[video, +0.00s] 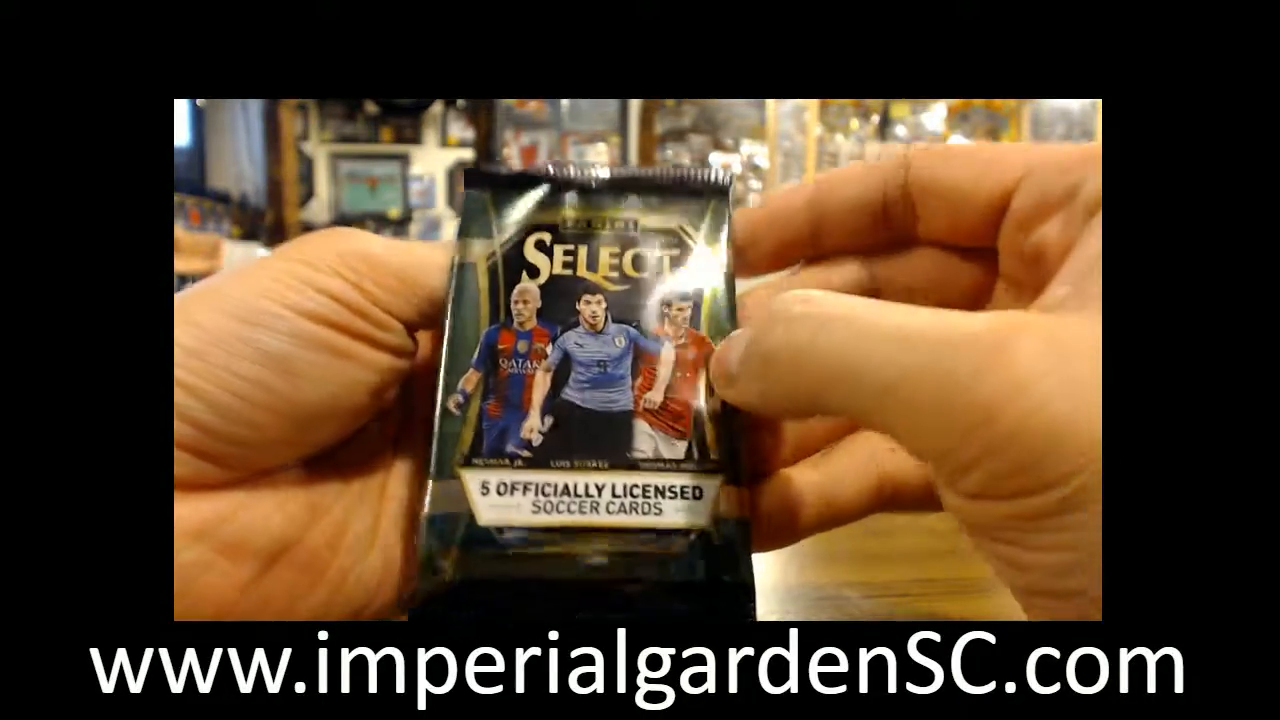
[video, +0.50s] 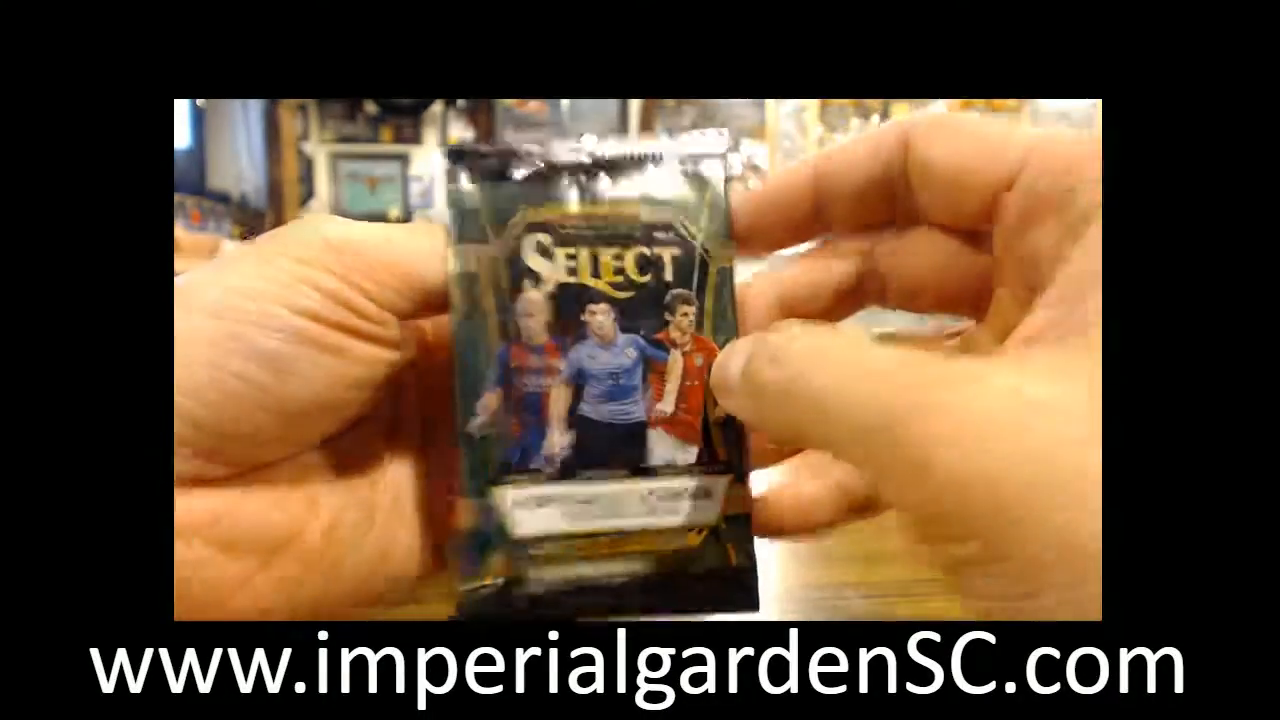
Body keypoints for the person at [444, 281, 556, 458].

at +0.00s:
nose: (519, 308)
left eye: (525, 303)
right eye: (515, 303)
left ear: (538, 304)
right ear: (510, 305)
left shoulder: (552, 336)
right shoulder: (494, 335)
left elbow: (560, 376)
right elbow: (475, 372)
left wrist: (551, 412)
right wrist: (462, 394)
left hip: (530, 415)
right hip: (496, 413)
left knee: (514, 458)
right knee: (491, 465)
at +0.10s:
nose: (517, 310)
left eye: (523, 304)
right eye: (513, 304)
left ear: (536, 305)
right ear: (507, 307)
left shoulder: (551, 339)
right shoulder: (493, 340)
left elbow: (561, 380)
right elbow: (478, 380)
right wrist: (465, 404)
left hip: (536, 423)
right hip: (501, 424)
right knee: (500, 483)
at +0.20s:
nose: (511, 317)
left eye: (517, 309)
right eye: (506, 310)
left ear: (530, 310)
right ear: (500, 313)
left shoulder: (547, 346)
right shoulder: (488, 348)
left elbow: (553, 388)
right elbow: (475, 390)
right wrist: (462, 416)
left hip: (532, 434)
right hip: (498, 434)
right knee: (500, 493)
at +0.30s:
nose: (510, 317)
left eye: (517, 310)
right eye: (506, 310)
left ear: (530, 311)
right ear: (500, 313)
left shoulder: (547, 346)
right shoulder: (488, 348)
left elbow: (557, 387)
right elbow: (474, 390)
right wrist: (462, 415)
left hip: (532, 433)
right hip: (498, 434)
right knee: (498, 492)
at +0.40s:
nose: (512, 318)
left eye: (518, 311)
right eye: (507, 312)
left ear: (531, 313)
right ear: (501, 314)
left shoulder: (548, 347)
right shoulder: (489, 349)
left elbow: (559, 388)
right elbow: (475, 390)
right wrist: (463, 416)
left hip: (533, 433)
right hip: (499, 434)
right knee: (500, 492)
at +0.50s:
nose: (526, 322)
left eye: (531, 316)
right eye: (521, 316)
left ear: (546, 316)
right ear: (515, 318)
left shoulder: (561, 350)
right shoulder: (508, 353)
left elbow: (567, 390)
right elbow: (496, 389)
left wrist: (560, 430)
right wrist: (484, 412)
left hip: (551, 432)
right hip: (518, 433)